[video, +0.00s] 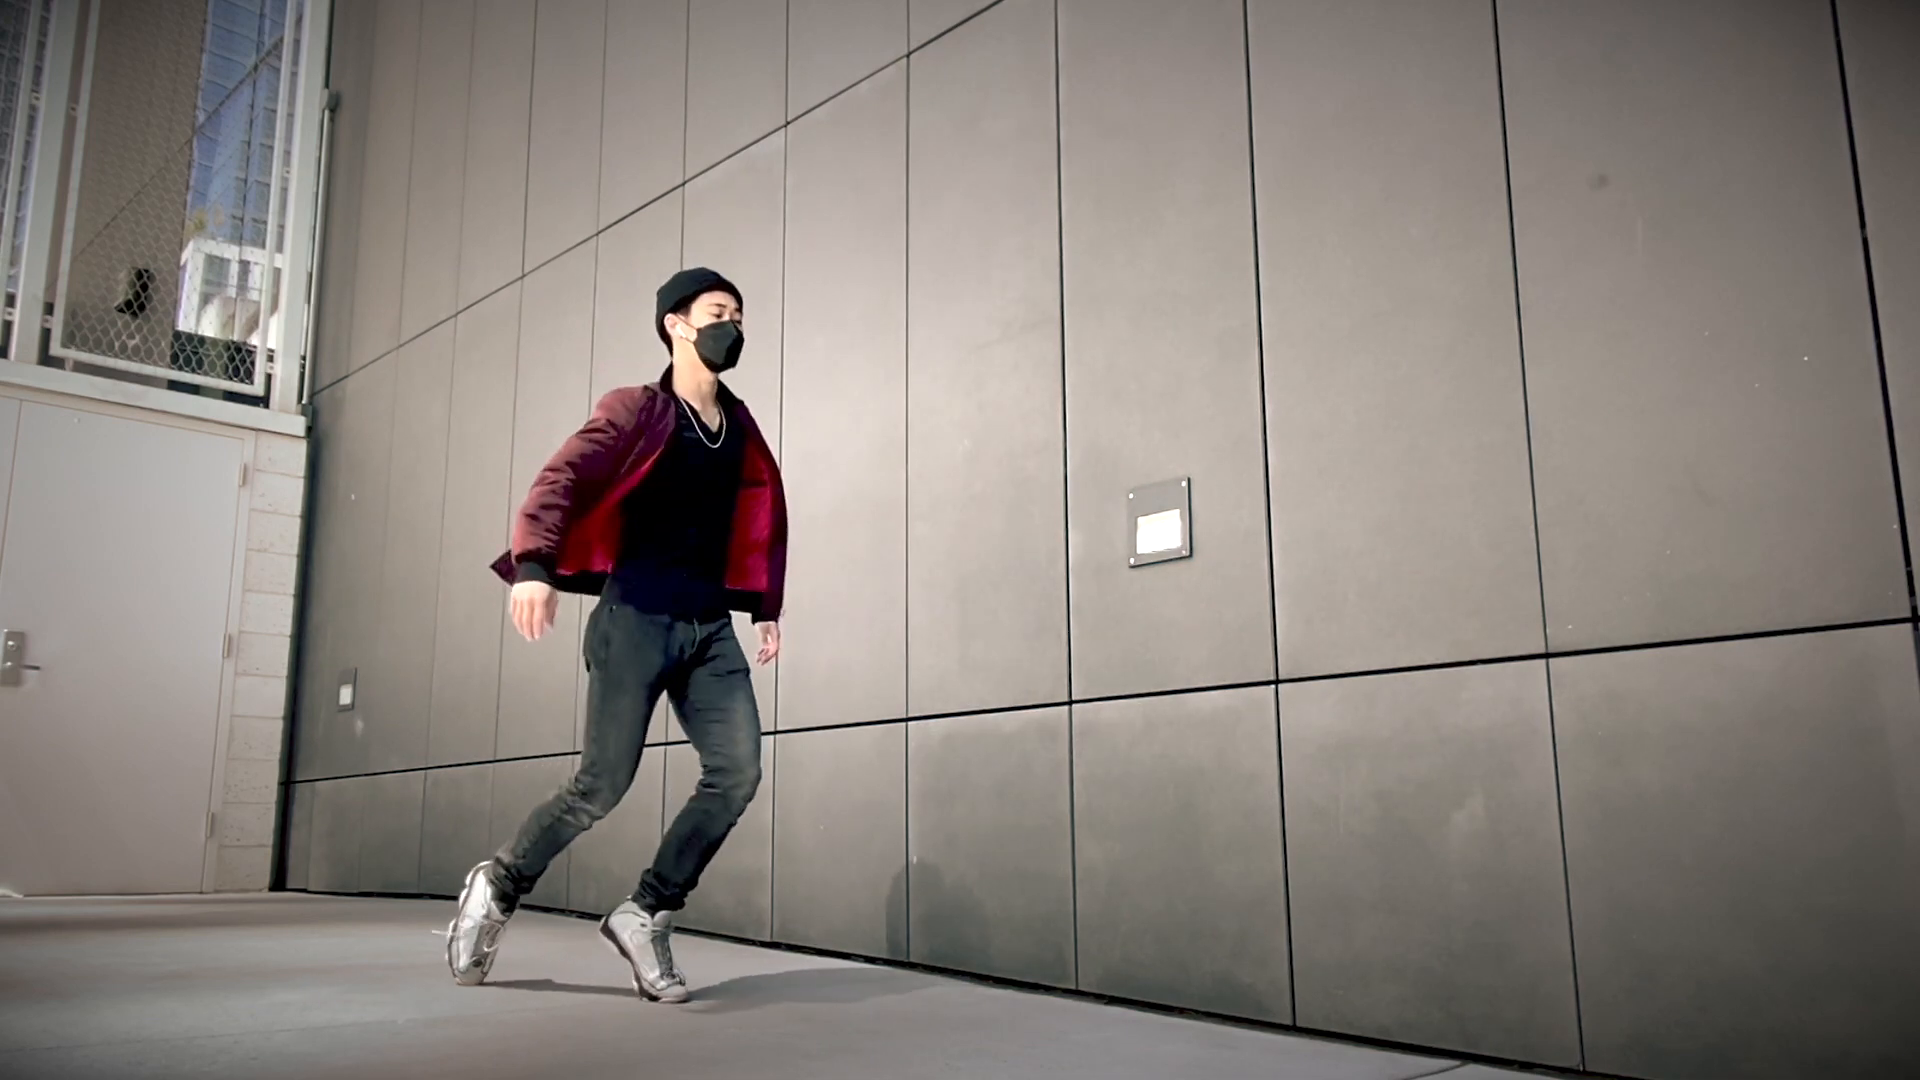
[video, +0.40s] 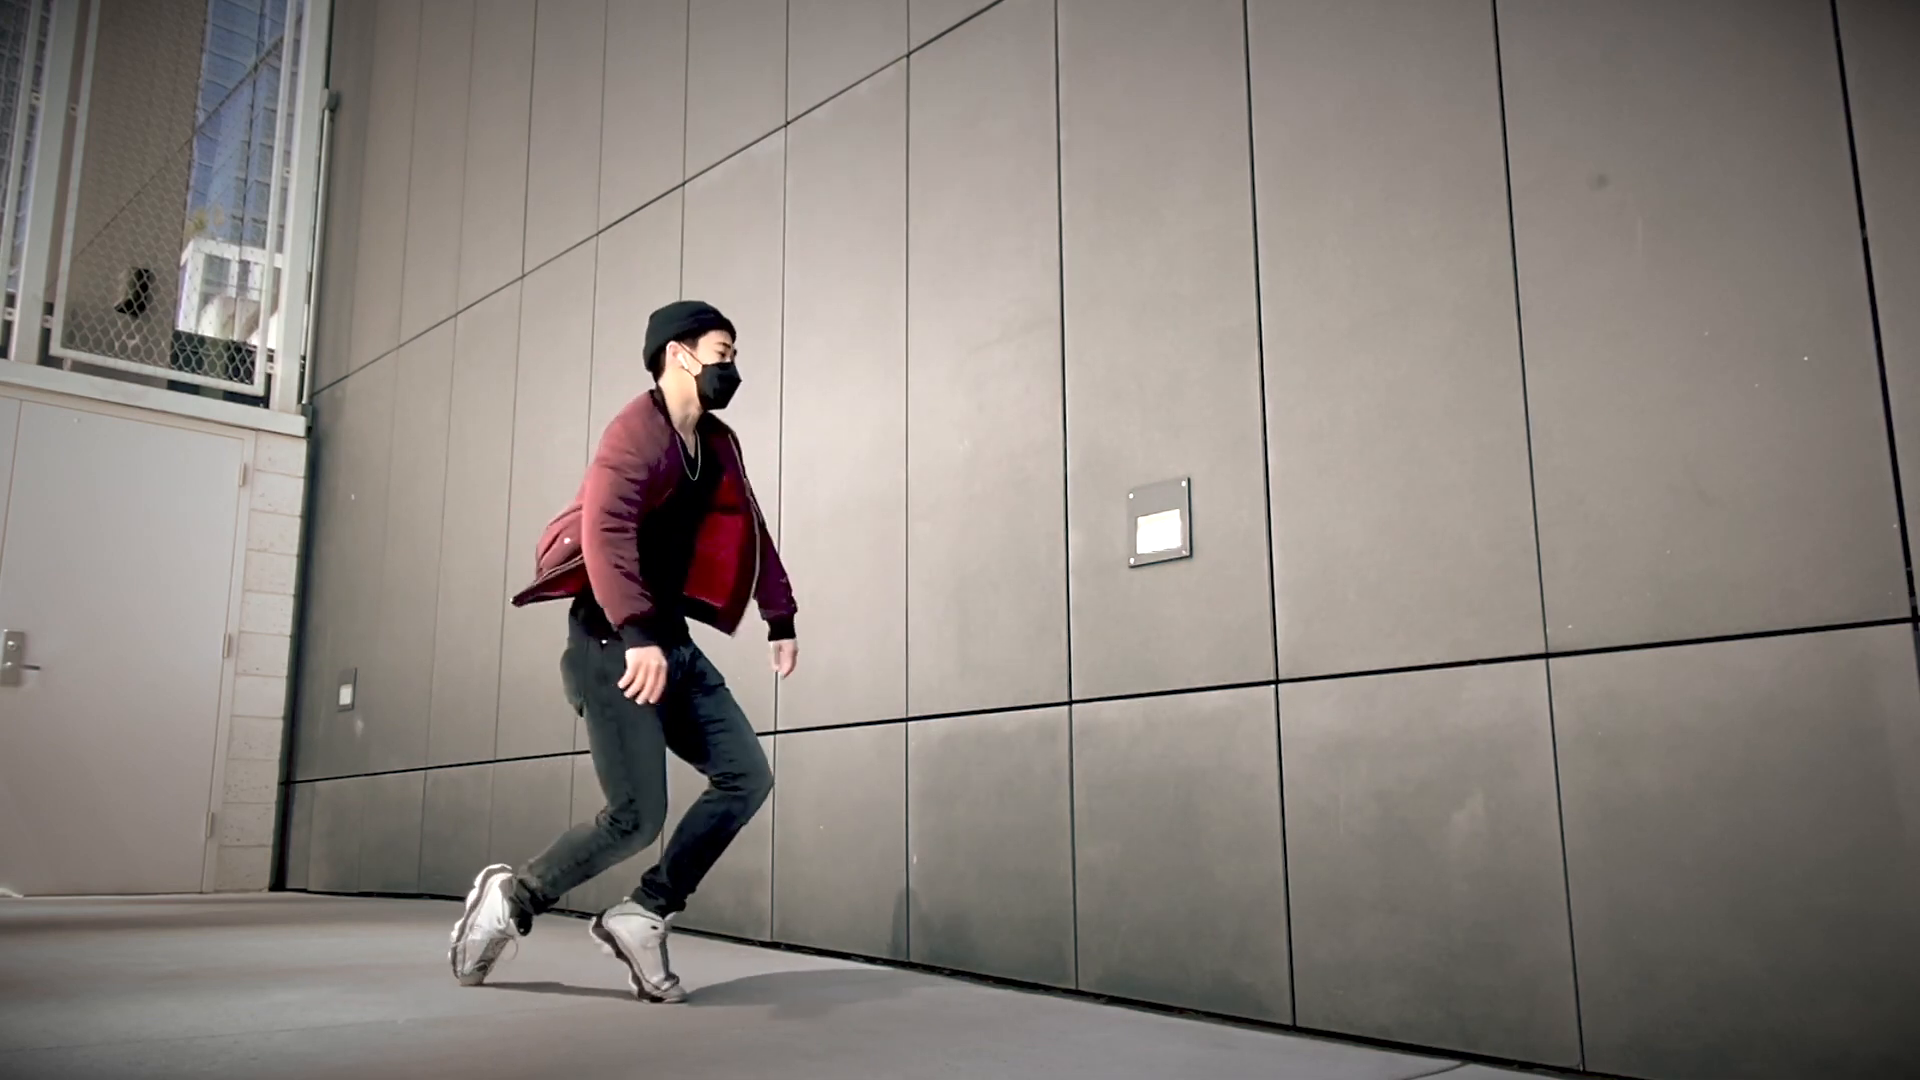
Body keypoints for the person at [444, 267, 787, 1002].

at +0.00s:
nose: (732, 324)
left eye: (737, 315)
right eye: (715, 313)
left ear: (738, 333)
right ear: (674, 327)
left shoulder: (738, 424)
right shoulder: (636, 409)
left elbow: (765, 514)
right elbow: (561, 477)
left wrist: (767, 605)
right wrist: (532, 568)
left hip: (708, 628)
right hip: (633, 620)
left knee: (735, 776)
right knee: (601, 785)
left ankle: (644, 916)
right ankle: (495, 888)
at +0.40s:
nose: (733, 361)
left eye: (734, 353)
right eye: (720, 349)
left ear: (704, 362)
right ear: (674, 355)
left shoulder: (719, 443)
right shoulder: (637, 429)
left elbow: (750, 528)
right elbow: (604, 530)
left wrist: (781, 616)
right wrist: (636, 633)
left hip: (670, 636)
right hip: (608, 637)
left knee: (746, 779)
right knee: (634, 817)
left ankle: (643, 918)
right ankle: (508, 899)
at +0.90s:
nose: (670, 355)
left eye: (671, 346)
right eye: (657, 343)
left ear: (645, 354)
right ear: (610, 346)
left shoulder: (661, 443)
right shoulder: (564, 423)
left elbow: (705, 532)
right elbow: (594, 530)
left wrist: (774, 614)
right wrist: (663, 631)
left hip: (588, 639)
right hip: (515, 632)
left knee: (633, 788)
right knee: (543, 798)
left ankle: (585, 949)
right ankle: (433, 900)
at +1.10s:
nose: (631, 328)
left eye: (636, 319)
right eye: (616, 316)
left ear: (638, 330)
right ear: (571, 322)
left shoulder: (647, 417)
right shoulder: (521, 400)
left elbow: (667, 503)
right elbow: (548, 507)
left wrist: (697, 588)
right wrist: (635, 583)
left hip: (572, 612)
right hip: (490, 604)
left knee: (581, 770)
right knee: (493, 774)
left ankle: (565, 944)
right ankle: (423, 904)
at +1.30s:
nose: (573, 291)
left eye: (587, 282)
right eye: (556, 281)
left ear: (606, 303)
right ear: (529, 299)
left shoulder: (631, 390)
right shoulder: (487, 379)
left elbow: (616, 476)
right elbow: (499, 479)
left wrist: (581, 555)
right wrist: (600, 546)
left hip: (568, 599)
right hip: (487, 589)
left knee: (538, 765)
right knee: (460, 762)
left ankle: (541, 939)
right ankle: (441, 908)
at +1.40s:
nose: (541, 285)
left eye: (558, 274)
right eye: (527, 275)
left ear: (586, 291)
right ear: (510, 293)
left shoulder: (618, 380)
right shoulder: (478, 378)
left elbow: (576, 460)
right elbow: (477, 476)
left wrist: (500, 527)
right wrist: (562, 531)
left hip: (562, 597)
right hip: (483, 590)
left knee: (531, 770)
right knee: (445, 762)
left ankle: (536, 946)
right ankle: (461, 903)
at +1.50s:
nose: (511, 281)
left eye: (527, 267)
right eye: (500, 270)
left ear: (567, 280)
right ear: (491, 286)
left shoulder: (598, 367)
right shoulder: (477, 371)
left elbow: (540, 447)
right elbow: (458, 465)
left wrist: (423, 504)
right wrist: (496, 527)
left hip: (564, 589)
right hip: (496, 586)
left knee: (522, 769)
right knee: (461, 764)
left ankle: (528, 951)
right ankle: (482, 912)